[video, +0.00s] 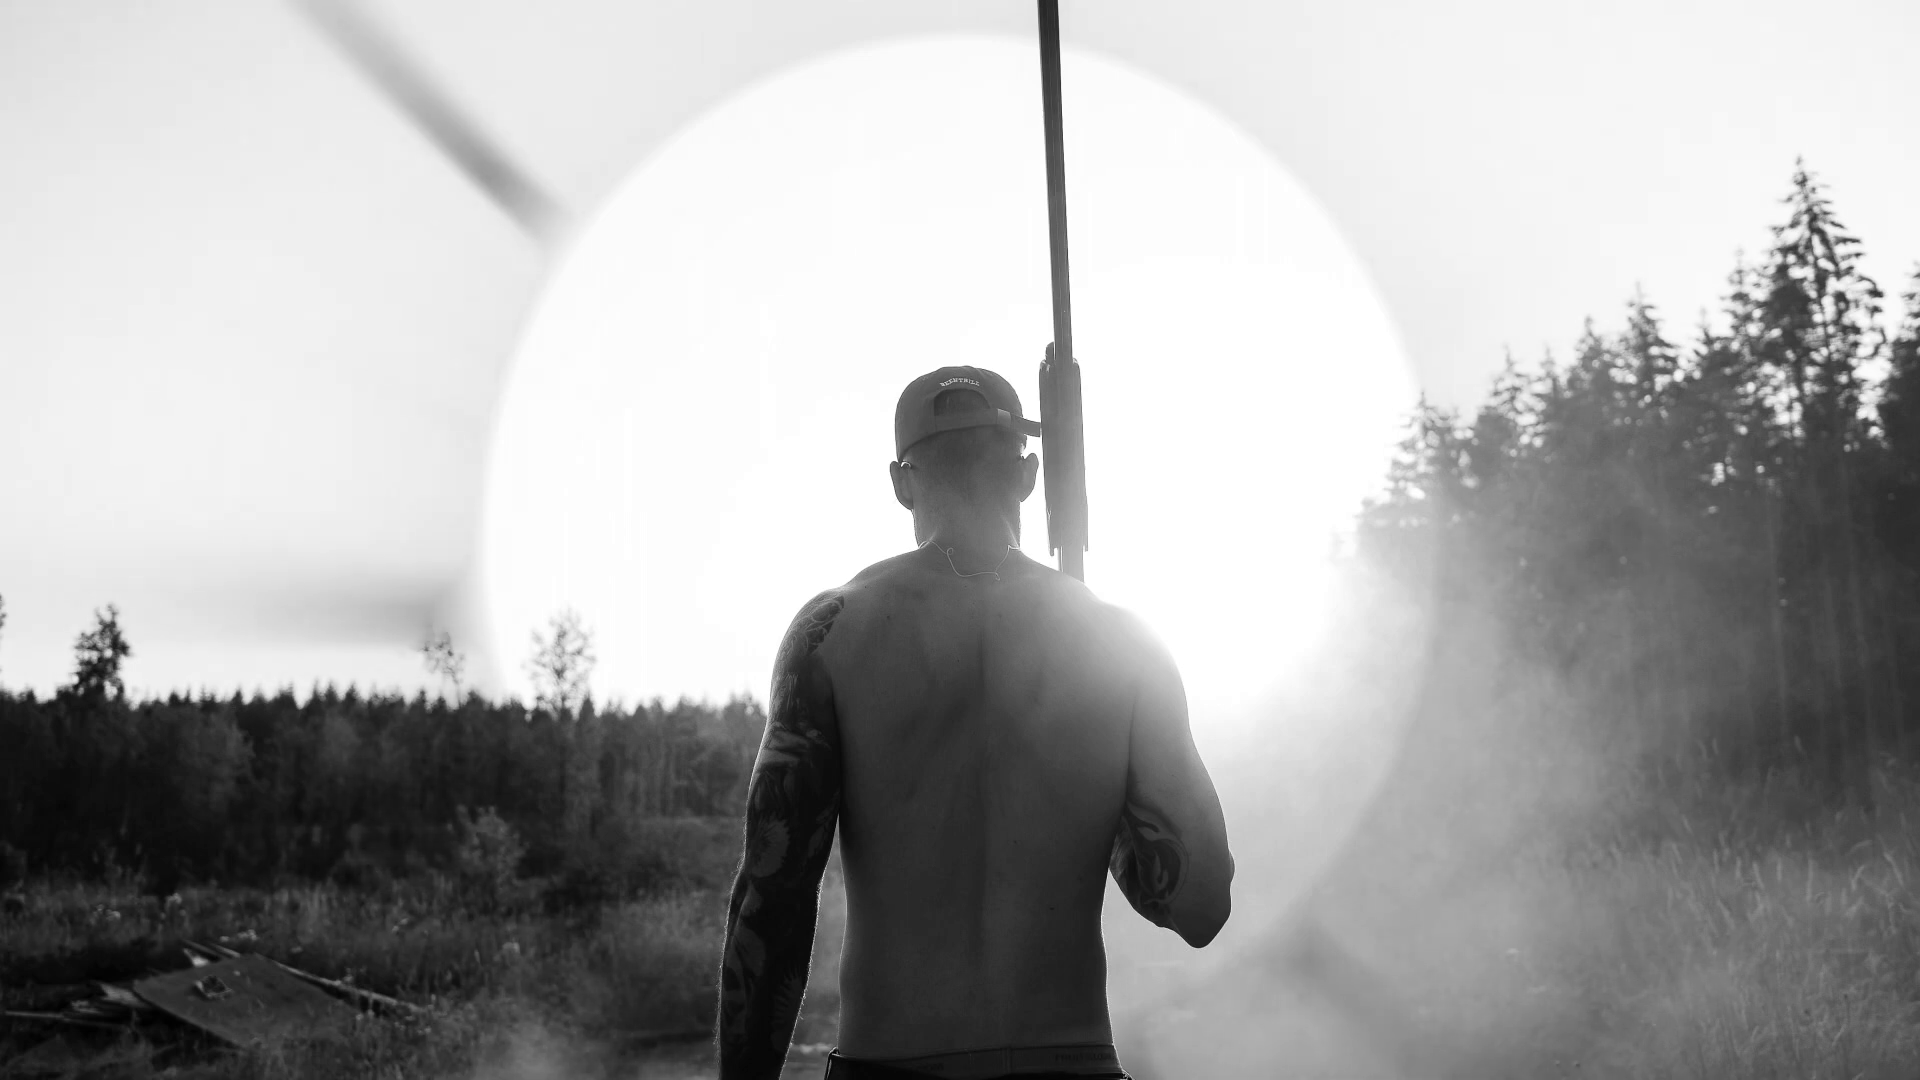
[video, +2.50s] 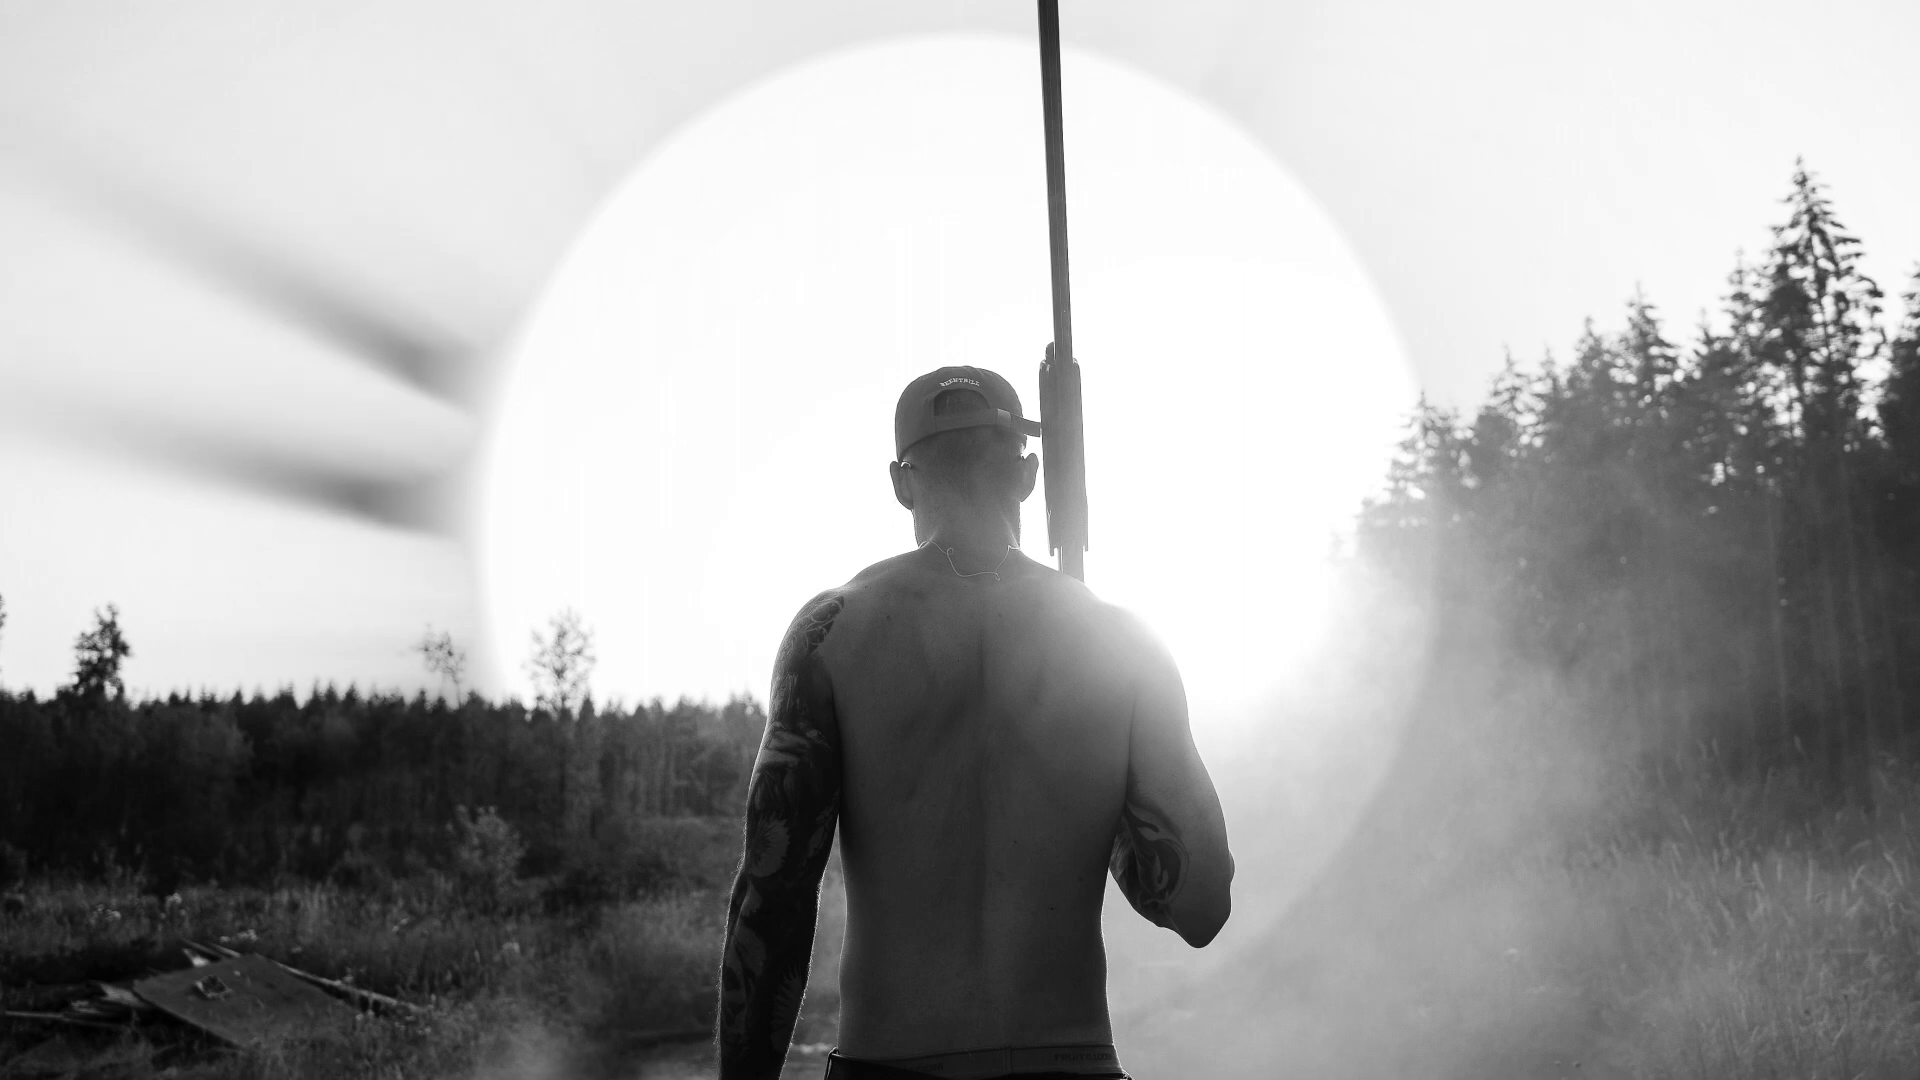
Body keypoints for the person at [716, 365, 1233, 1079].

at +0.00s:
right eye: (1017, 450)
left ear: (903, 486)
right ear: (1027, 476)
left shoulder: (832, 630)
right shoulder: (1121, 641)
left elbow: (773, 884)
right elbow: (1201, 904)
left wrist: (747, 1063)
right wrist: (1102, 803)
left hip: (887, 1045)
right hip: (1067, 1045)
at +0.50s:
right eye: (1017, 450)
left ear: (903, 486)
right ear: (1027, 476)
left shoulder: (832, 630)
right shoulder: (1121, 641)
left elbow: (773, 884)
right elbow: (1201, 904)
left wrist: (747, 1063)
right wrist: (1102, 803)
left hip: (887, 1045)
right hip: (1067, 1045)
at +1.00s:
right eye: (1017, 450)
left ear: (903, 486)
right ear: (1027, 476)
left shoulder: (832, 630)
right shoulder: (1121, 641)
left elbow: (773, 884)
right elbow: (1201, 904)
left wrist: (747, 1063)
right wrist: (1102, 803)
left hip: (887, 1045)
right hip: (1067, 1045)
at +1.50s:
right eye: (1018, 452)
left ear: (902, 484)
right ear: (1027, 476)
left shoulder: (832, 630)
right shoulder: (1121, 641)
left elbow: (773, 886)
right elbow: (1201, 904)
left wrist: (748, 1063)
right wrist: (1101, 804)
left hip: (885, 1045)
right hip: (1066, 1045)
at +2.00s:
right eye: (1017, 450)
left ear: (903, 486)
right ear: (1027, 476)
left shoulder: (832, 630)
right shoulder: (1121, 641)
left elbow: (773, 884)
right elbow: (1201, 904)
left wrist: (747, 1063)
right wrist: (1102, 803)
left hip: (887, 1045)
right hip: (1068, 1045)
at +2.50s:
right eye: (1015, 448)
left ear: (903, 486)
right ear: (1028, 477)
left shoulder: (831, 630)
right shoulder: (1121, 641)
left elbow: (773, 885)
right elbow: (1201, 905)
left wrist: (747, 1062)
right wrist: (1101, 800)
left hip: (886, 1046)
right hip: (1068, 1046)